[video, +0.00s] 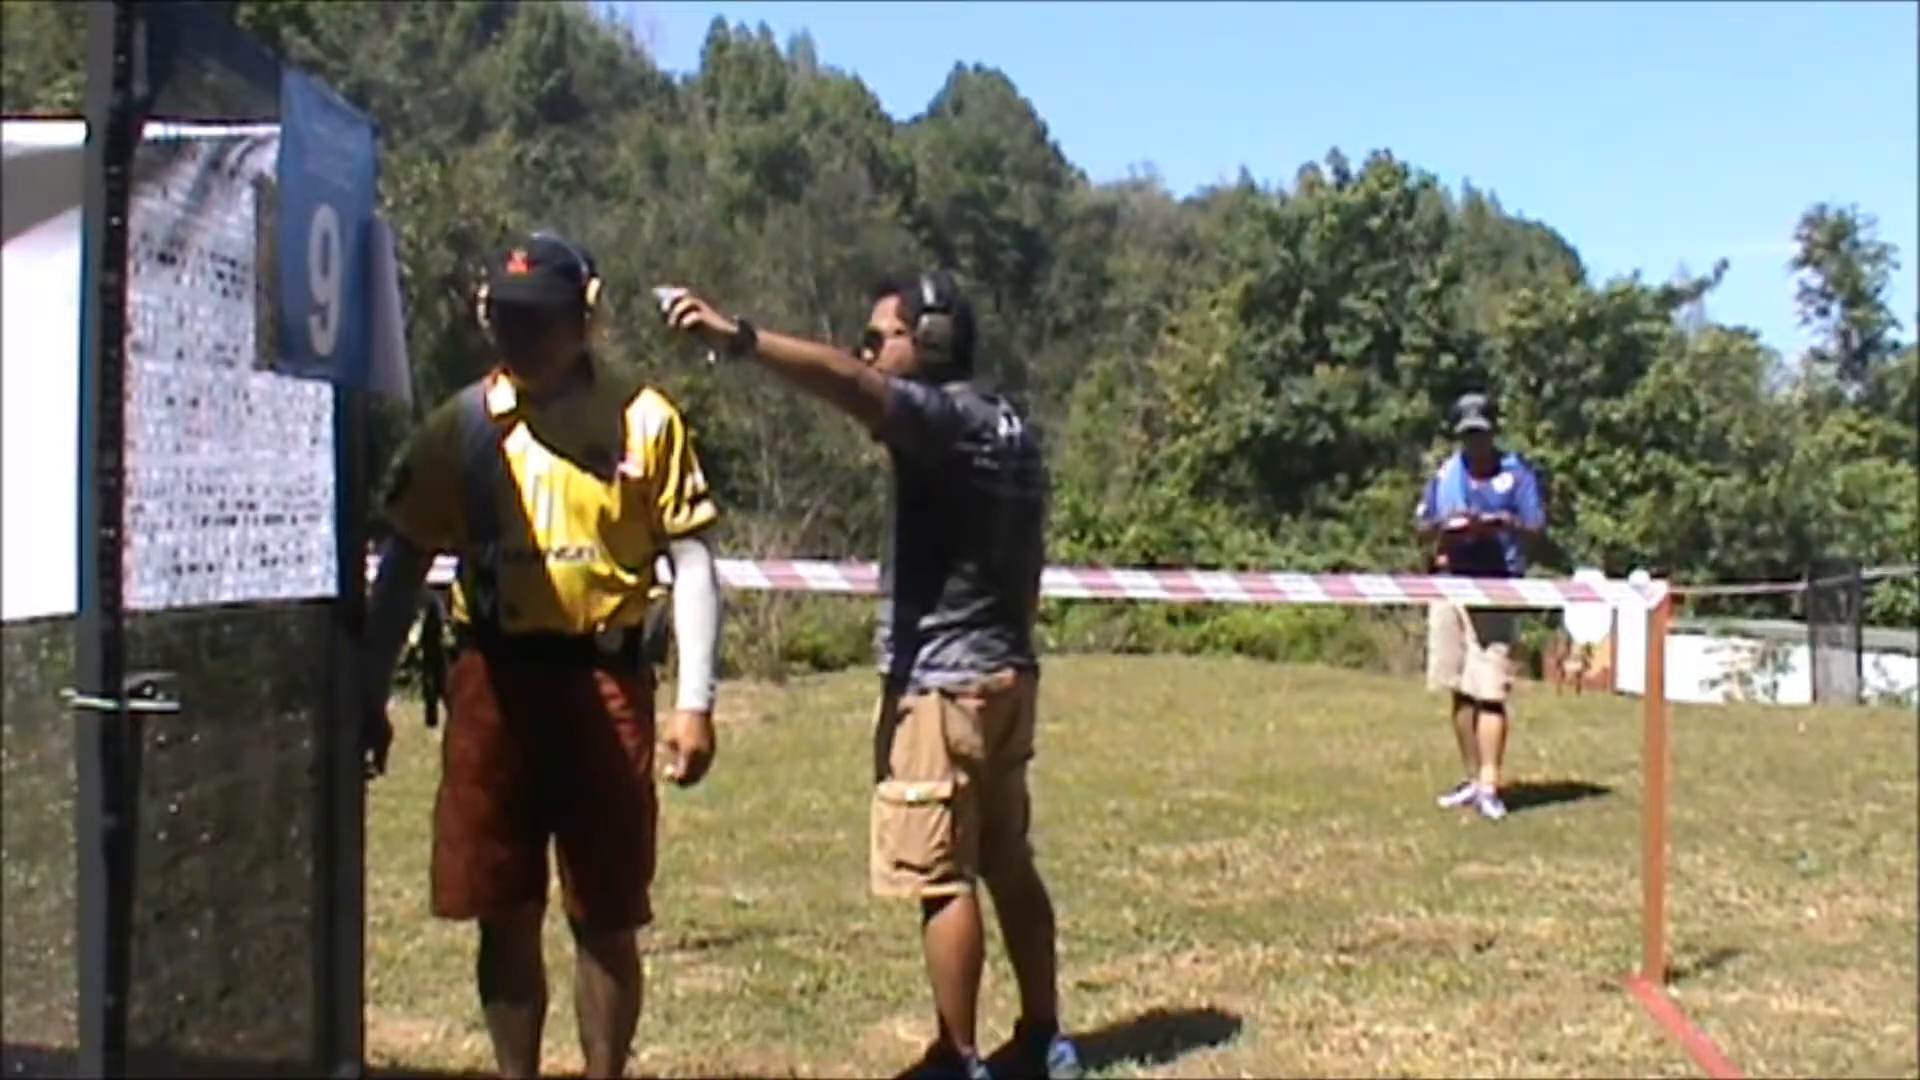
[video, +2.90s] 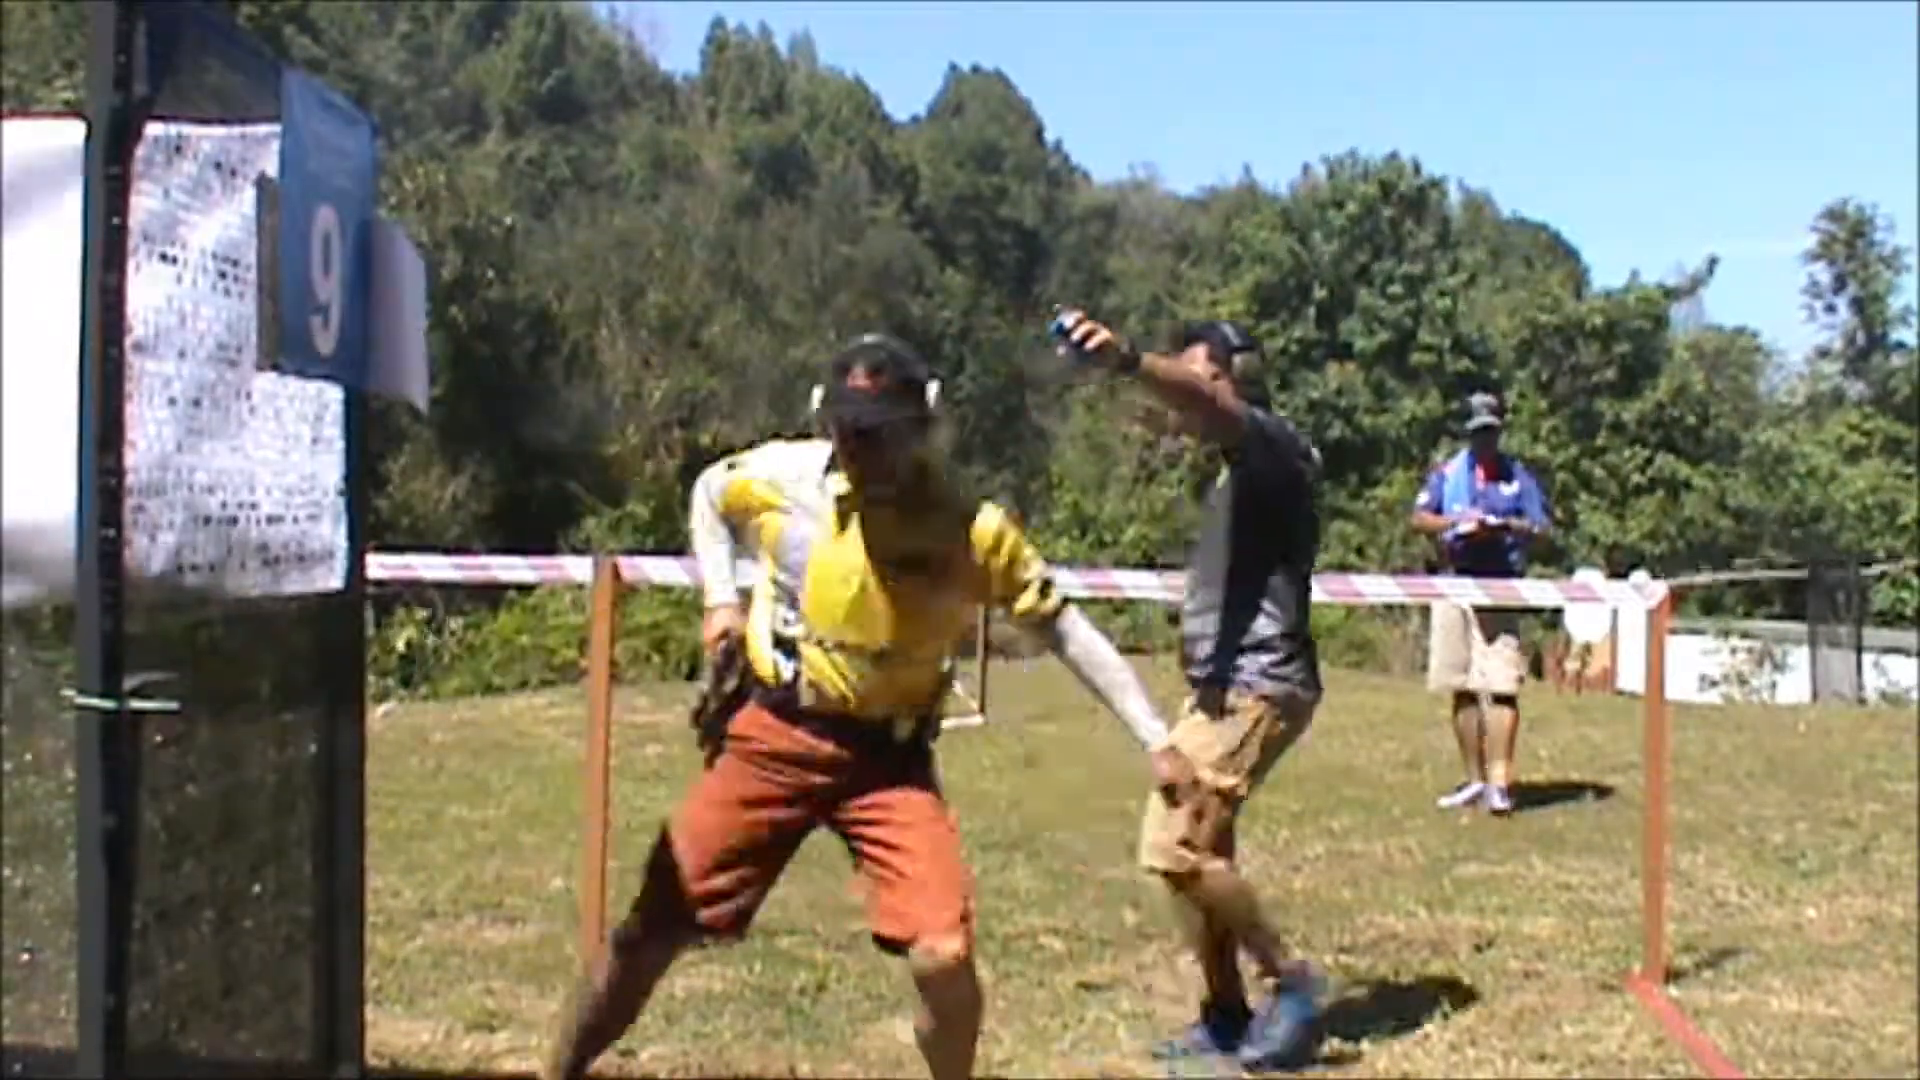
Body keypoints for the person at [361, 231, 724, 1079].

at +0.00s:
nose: (515, 335)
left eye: (535, 320)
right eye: (505, 318)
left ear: (585, 323)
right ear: (490, 317)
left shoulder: (645, 423)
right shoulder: (464, 425)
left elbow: (692, 561)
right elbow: (404, 564)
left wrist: (696, 697)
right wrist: (370, 695)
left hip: (606, 694)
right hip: (496, 694)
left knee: (606, 924)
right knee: (503, 915)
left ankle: (605, 1072)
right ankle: (517, 1072)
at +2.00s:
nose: (517, 340)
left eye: (537, 324)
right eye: (507, 321)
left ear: (585, 327)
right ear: (492, 319)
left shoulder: (646, 423)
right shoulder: (467, 425)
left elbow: (694, 565)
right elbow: (407, 567)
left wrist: (698, 701)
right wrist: (370, 697)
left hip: (607, 693)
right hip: (496, 693)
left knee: (607, 924)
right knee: (504, 916)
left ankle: (605, 1071)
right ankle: (518, 1072)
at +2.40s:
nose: (580, 433)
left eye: (595, 416)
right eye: (562, 416)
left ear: (624, 394)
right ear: (531, 394)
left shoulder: (671, 461)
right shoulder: (490, 432)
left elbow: (752, 583)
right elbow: (425, 475)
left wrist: (813, 718)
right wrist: (436, 583)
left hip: (645, 702)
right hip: (526, 698)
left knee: (724, 898)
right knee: (493, 922)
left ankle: (719, 1061)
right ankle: (509, 1072)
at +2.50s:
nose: (594, 453)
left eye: (610, 435)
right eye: (575, 437)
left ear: (638, 411)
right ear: (545, 413)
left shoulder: (685, 481)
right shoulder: (495, 455)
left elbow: (766, 594)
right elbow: (455, 522)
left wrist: (818, 723)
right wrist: (479, 649)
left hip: (664, 714)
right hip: (541, 712)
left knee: (757, 909)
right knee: (491, 928)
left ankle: (789, 1048)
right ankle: (503, 1071)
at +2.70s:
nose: (704, 512)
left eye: (712, 491)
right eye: (682, 500)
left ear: (726, 467)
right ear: (638, 485)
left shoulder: (772, 547)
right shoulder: (581, 514)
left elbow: (843, 644)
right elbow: (531, 551)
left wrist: (916, 759)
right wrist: (552, 665)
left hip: (736, 769)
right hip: (613, 763)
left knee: (850, 946)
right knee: (538, 957)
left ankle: (916, 1070)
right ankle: (525, 1071)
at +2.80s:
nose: (811, 500)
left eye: (826, 481)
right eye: (789, 483)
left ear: (848, 464)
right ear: (748, 466)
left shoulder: (885, 552)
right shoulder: (693, 502)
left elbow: (975, 646)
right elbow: (617, 522)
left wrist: (1063, 756)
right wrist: (635, 637)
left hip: (815, 780)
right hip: (690, 763)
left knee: (909, 951)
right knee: (583, 948)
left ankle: (927, 1072)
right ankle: (537, 1070)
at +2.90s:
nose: (863, 450)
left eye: (883, 432)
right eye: (848, 432)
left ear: (924, 430)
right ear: (830, 425)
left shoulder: (975, 534)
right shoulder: (787, 475)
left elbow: (1068, 628)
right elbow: (710, 492)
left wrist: (1157, 742)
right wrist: (721, 599)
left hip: (890, 763)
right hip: (769, 740)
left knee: (946, 961)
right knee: (648, 936)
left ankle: (954, 1076)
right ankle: (562, 1066)